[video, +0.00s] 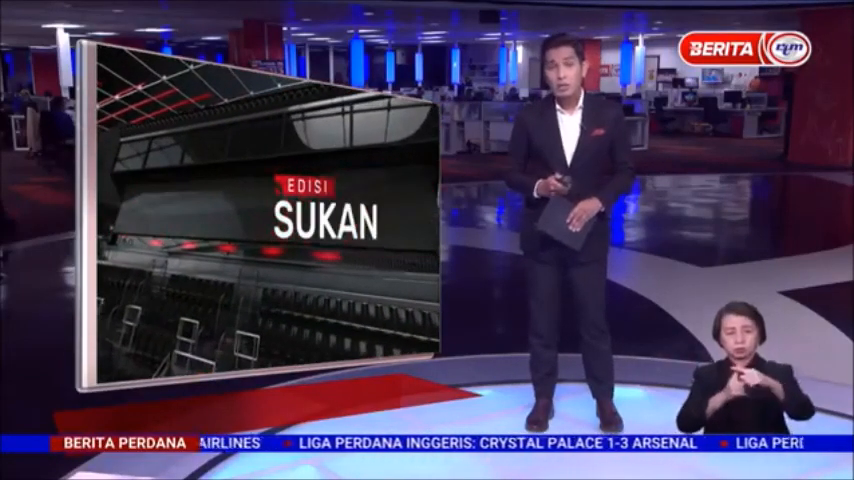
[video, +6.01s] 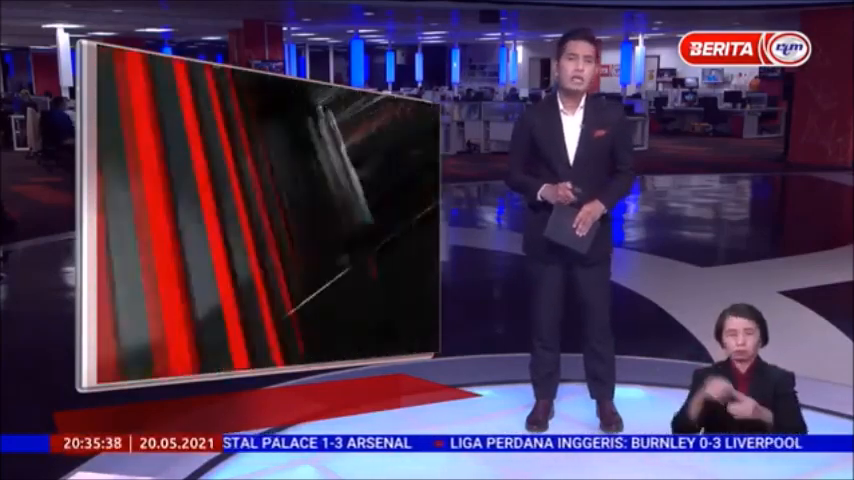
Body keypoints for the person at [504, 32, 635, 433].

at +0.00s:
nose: (560, 73)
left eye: (568, 64)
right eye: (552, 66)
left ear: (583, 68)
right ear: (544, 74)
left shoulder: (608, 112)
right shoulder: (530, 115)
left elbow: (625, 171)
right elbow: (512, 171)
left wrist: (598, 201)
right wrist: (537, 186)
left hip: (589, 230)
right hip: (542, 231)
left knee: (593, 320)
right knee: (543, 321)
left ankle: (605, 400)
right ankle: (542, 400)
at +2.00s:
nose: (558, 73)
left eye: (566, 65)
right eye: (551, 66)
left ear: (582, 70)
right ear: (544, 74)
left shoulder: (607, 112)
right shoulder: (530, 116)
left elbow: (625, 171)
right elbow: (513, 171)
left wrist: (601, 200)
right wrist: (532, 185)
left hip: (589, 232)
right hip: (542, 233)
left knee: (593, 321)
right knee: (543, 323)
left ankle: (605, 401)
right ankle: (542, 401)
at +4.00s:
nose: (571, 71)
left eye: (579, 63)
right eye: (563, 63)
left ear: (588, 71)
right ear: (549, 69)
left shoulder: (604, 113)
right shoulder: (526, 115)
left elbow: (620, 172)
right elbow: (508, 172)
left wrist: (597, 201)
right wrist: (537, 190)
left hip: (588, 230)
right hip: (541, 229)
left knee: (594, 320)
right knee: (541, 321)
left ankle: (604, 400)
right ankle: (542, 400)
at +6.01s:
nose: (578, 67)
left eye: (587, 60)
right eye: (571, 58)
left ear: (597, 70)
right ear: (556, 65)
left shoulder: (611, 114)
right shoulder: (533, 115)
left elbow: (625, 171)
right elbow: (514, 173)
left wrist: (601, 203)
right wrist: (544, 190)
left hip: (592, 231)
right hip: (545, 231)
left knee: (597, 320)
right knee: (545, 320)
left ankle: (605, 399)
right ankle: (543, 399)